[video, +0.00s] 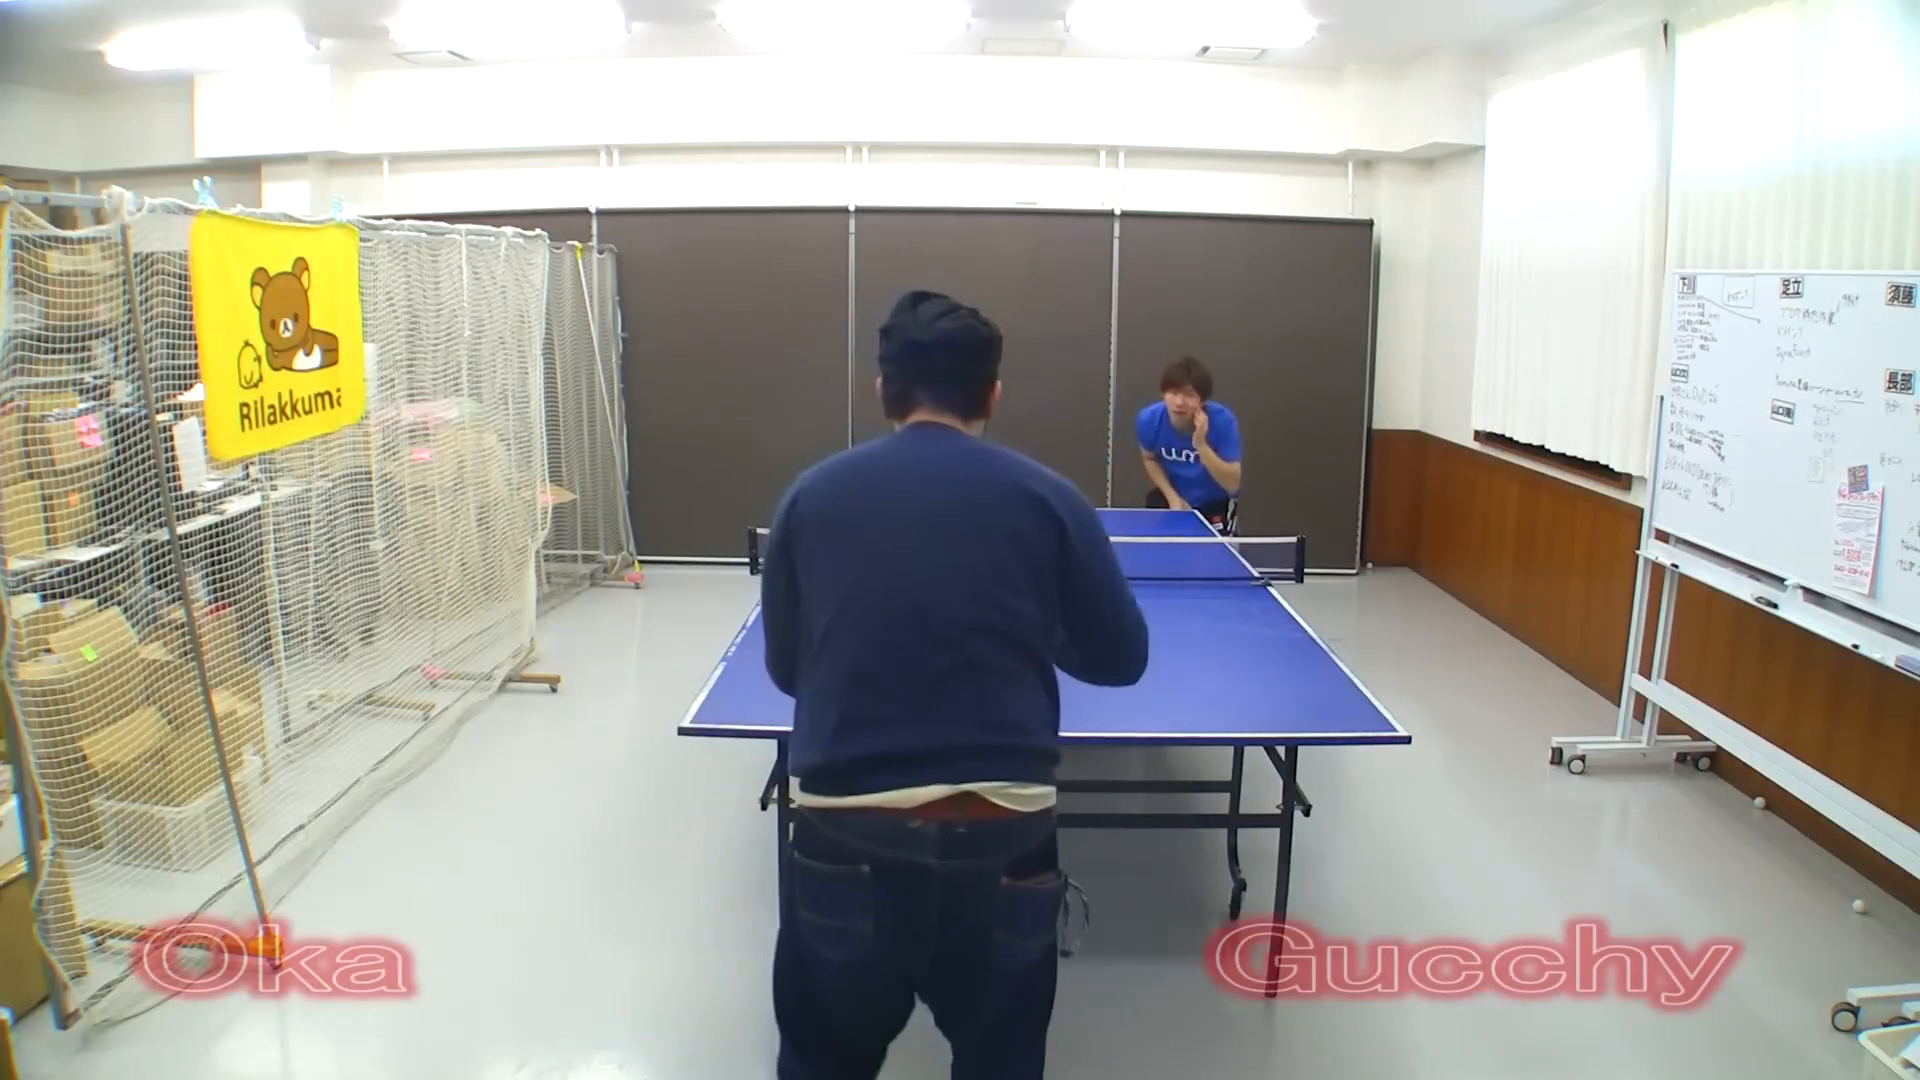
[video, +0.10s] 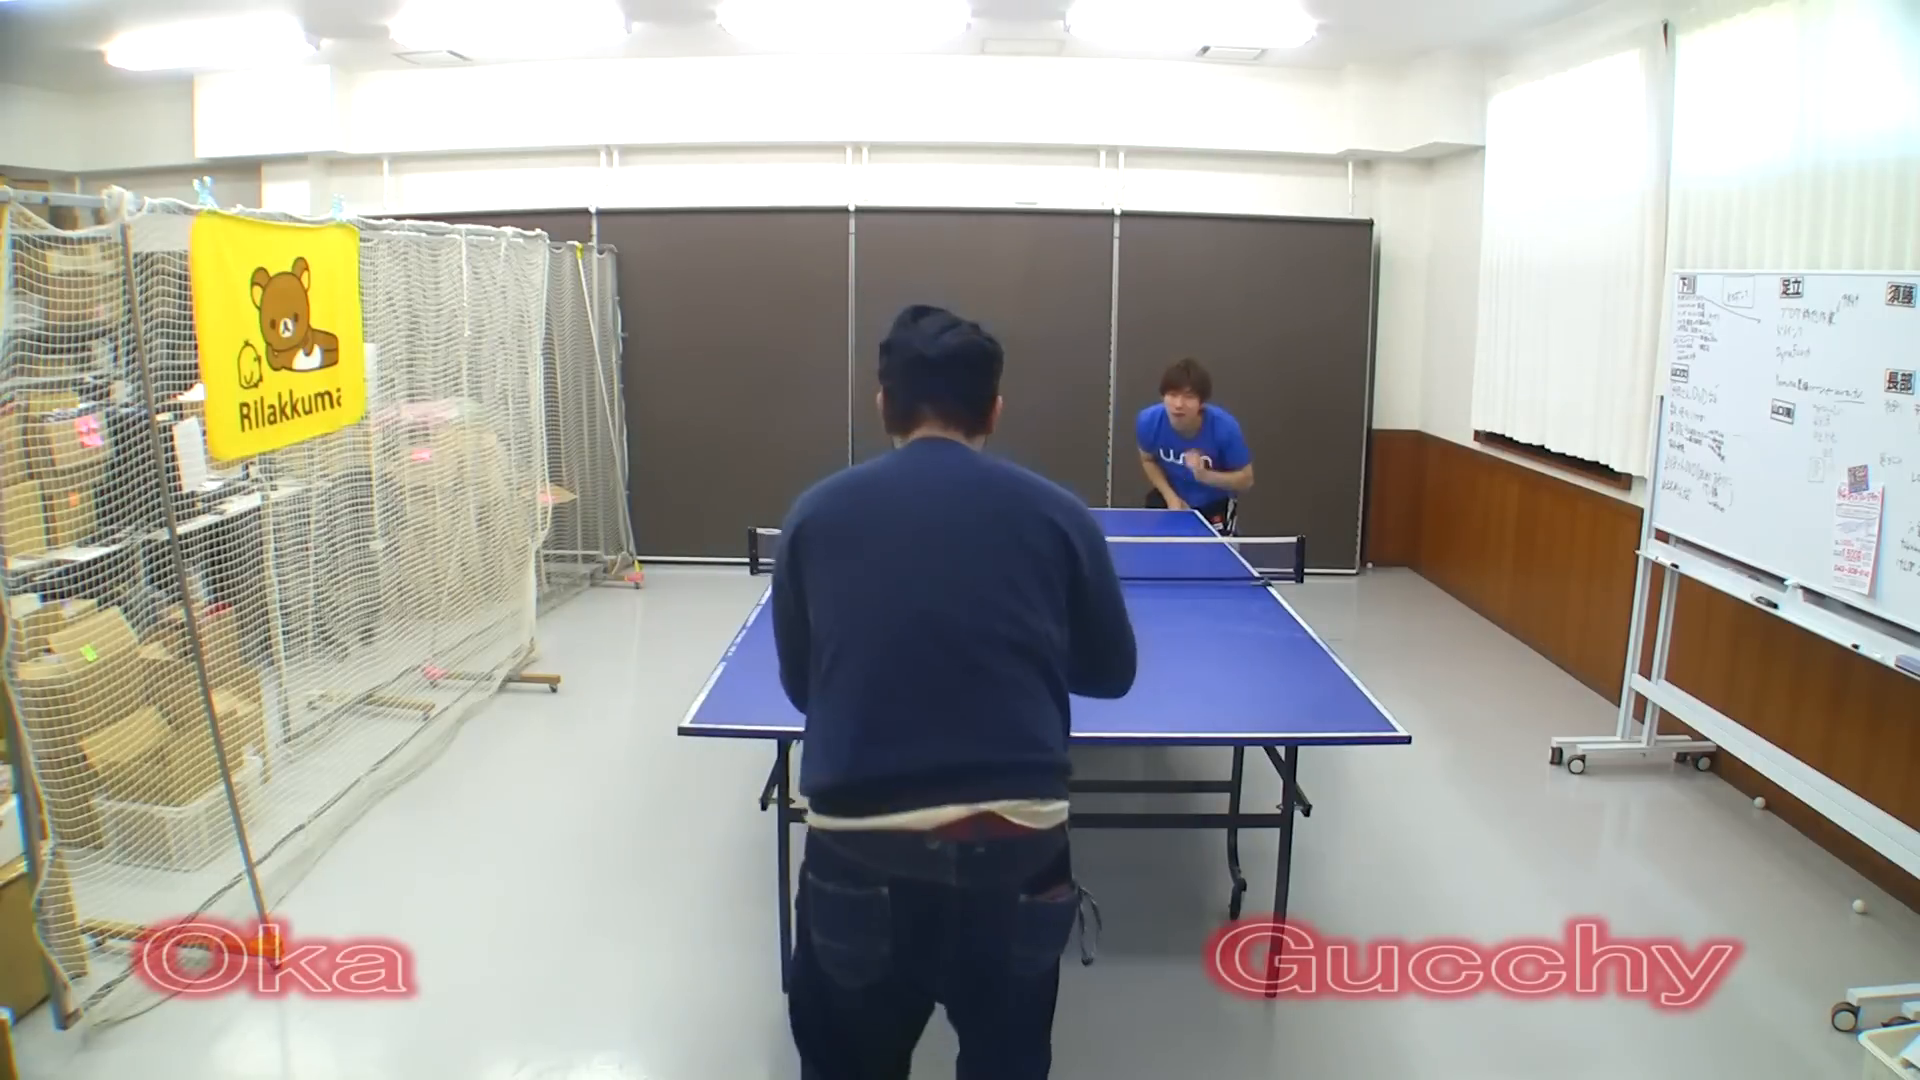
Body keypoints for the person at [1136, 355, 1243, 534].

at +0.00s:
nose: (1179, 402)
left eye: (1189, 395)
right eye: (1174, 392)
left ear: (1203, 399)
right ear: (1163, 394)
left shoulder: (1223, 421)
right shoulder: (1149, 420)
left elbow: (1232, 485)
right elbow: (1149, 458)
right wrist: (1173, 498)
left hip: (1213, 503)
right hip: (1166, 499)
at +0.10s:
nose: (1179, 404)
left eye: (1189, 397)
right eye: (1173, 395)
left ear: (1201, 402)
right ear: (1163, 397)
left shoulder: (1224, 427)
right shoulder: (1148, 422)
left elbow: (1246, 479)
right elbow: (1148, 460)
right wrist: (1171, 498)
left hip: (1213, 504)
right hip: (1166, 497)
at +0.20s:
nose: (1174, 405)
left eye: (1184, 397)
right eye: (1168, 396)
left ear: (1197, 402)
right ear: (1159, 398)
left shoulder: (1223, 428)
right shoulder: (1146, 423)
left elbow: (1243, 472)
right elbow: (1145, 461)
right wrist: (1168, 498)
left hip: (1212, 506)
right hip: (1164, 501)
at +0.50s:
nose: (1155, 390)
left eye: (1164, 382)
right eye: (1148, 382)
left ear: (1178, 385)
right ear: (1139, 386)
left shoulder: (1207, 417)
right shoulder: (1129, 415)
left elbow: (1224, 458)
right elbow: (1129, 455)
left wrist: (1192, 493)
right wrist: (1152, 488)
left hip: (1199, 496)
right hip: (1150, 495)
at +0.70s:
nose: (1152, 381)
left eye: (1161, 372)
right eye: (1145, 373)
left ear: (1175, 376)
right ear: (1136, 379)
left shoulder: (1202, 409)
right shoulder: (1127, 410)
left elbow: (1226, 451)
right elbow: (1117, 451)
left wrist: (1189, 475)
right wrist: (1141, 474)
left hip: (1195, 502)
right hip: (1147, 501)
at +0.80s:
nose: (1153, 369)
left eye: (1161, 360)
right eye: (1145, 361)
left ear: (1175, 364)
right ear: (1137, 367)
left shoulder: (1204, 396)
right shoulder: (1130, 401)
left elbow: (1233, 438)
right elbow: (1118, 439)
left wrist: (1195, 455)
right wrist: (1128, 455)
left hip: (1198, 502)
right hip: (1150, 501)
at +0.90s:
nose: (1145, 357)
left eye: (1153, 348)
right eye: (1138, 350)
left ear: (1168, 351)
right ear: (1130, 356)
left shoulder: (1198, 382)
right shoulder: (1127, 391)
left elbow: (1235, 421)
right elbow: (1119, 435)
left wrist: (1197, 440)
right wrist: (1112, 444)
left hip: (1199, 493)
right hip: (1153, 491)